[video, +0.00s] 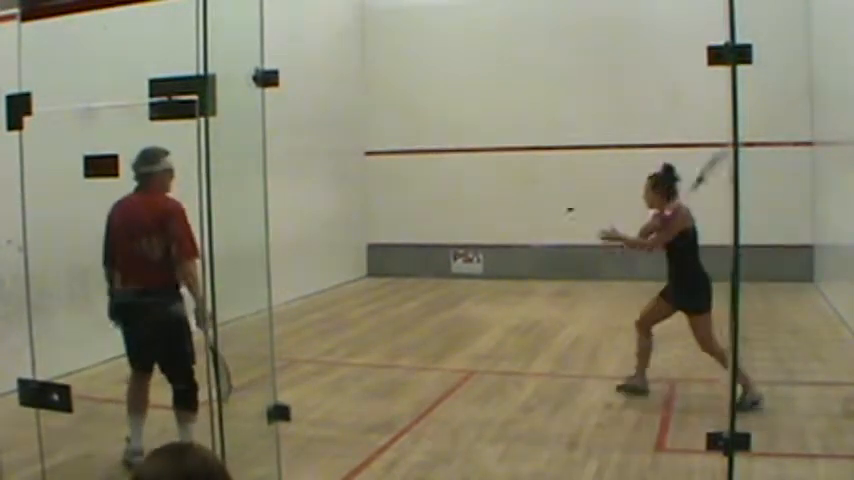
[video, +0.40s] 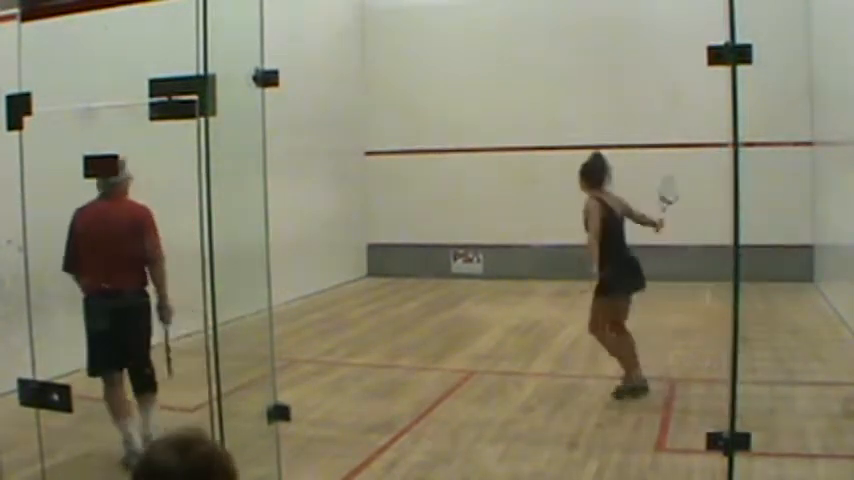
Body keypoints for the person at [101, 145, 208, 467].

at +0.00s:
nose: (172, 178)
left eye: (171, 172)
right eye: (169, 173)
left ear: (140, 176)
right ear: (159, 176)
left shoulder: (119, 209)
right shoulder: (170, 209)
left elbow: (110, 261)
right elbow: (186, 263)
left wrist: (115, 296)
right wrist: (200, 302)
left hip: (129, 302)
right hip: (165, 302)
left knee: (140, 371)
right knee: (182, 377)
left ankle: (134, 445)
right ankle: (187, 446)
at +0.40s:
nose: (130, 185)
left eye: (126, 180)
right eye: (128, 181)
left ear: (100, 184)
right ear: (124, 183)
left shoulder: (82, 216)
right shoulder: (139, 214)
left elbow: (73, 265)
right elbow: (155, 260)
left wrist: (91, 291)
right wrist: (163, 299)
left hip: (99, 305)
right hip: (134, 302)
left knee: (111, 377)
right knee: (141, 368)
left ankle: (131, 444)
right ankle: (149, 435)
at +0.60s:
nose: (81, 187)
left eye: (83, 182)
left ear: (85, 186)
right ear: (111, 187)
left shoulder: (68, 218)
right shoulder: (128, 219)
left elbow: (58, 266)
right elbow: (147, 258)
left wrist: (81, 288)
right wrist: (145, 295)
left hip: (86, 306)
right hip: (121, 304)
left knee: (76, 371)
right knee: (119, 367)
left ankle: (112, 426)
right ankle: (129, 433)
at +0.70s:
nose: (75, 190)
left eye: (73, 185)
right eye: (86, 183)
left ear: (72, 188)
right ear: (98, 187)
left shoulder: (59, 222)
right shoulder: (118, 220)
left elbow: (49, 270)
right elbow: (141, 261)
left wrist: (72, 289)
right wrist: (129, 297)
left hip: (77, 309)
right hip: (113, 305)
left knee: (58, 366)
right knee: (113, 367)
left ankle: (84, 427)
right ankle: (127, 430)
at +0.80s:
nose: (73, 189)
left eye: (64, 185)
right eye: (80, 182)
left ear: (58, 188)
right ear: (83, 185)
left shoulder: (47, 222)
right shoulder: (105, 219)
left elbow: (34, 264)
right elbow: (129, 258)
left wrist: (56, 285)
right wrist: (109, 280)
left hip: (66, 309)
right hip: (102, 306)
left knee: (43, 372)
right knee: (109, 368)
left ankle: (41, 447)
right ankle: (129, 430)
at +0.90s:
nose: (58, 190)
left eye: (47, 186)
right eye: (61, 184)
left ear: (40, 189)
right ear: (66, 188)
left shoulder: (30, 225)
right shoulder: (87, 220)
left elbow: (18, 271)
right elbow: (109, 257)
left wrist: (41, 289)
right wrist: (84, 275)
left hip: (52, 313)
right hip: (88, 309)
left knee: (25, 376)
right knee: (100, 368)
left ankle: (16, 447)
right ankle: (127, 429)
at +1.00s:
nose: (27, 192)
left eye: (24, 186)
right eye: (33, 185)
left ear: (20, 189)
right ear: (46, 188)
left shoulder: (10, 226)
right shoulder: (65, 222)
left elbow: (5, 272)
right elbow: (86, 256)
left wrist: (18, 291)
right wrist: (58, 266)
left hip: (29, 314)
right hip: (65, 311)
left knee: (5, 375)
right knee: (82, 368)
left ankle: (11, 451)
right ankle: (120, 427)